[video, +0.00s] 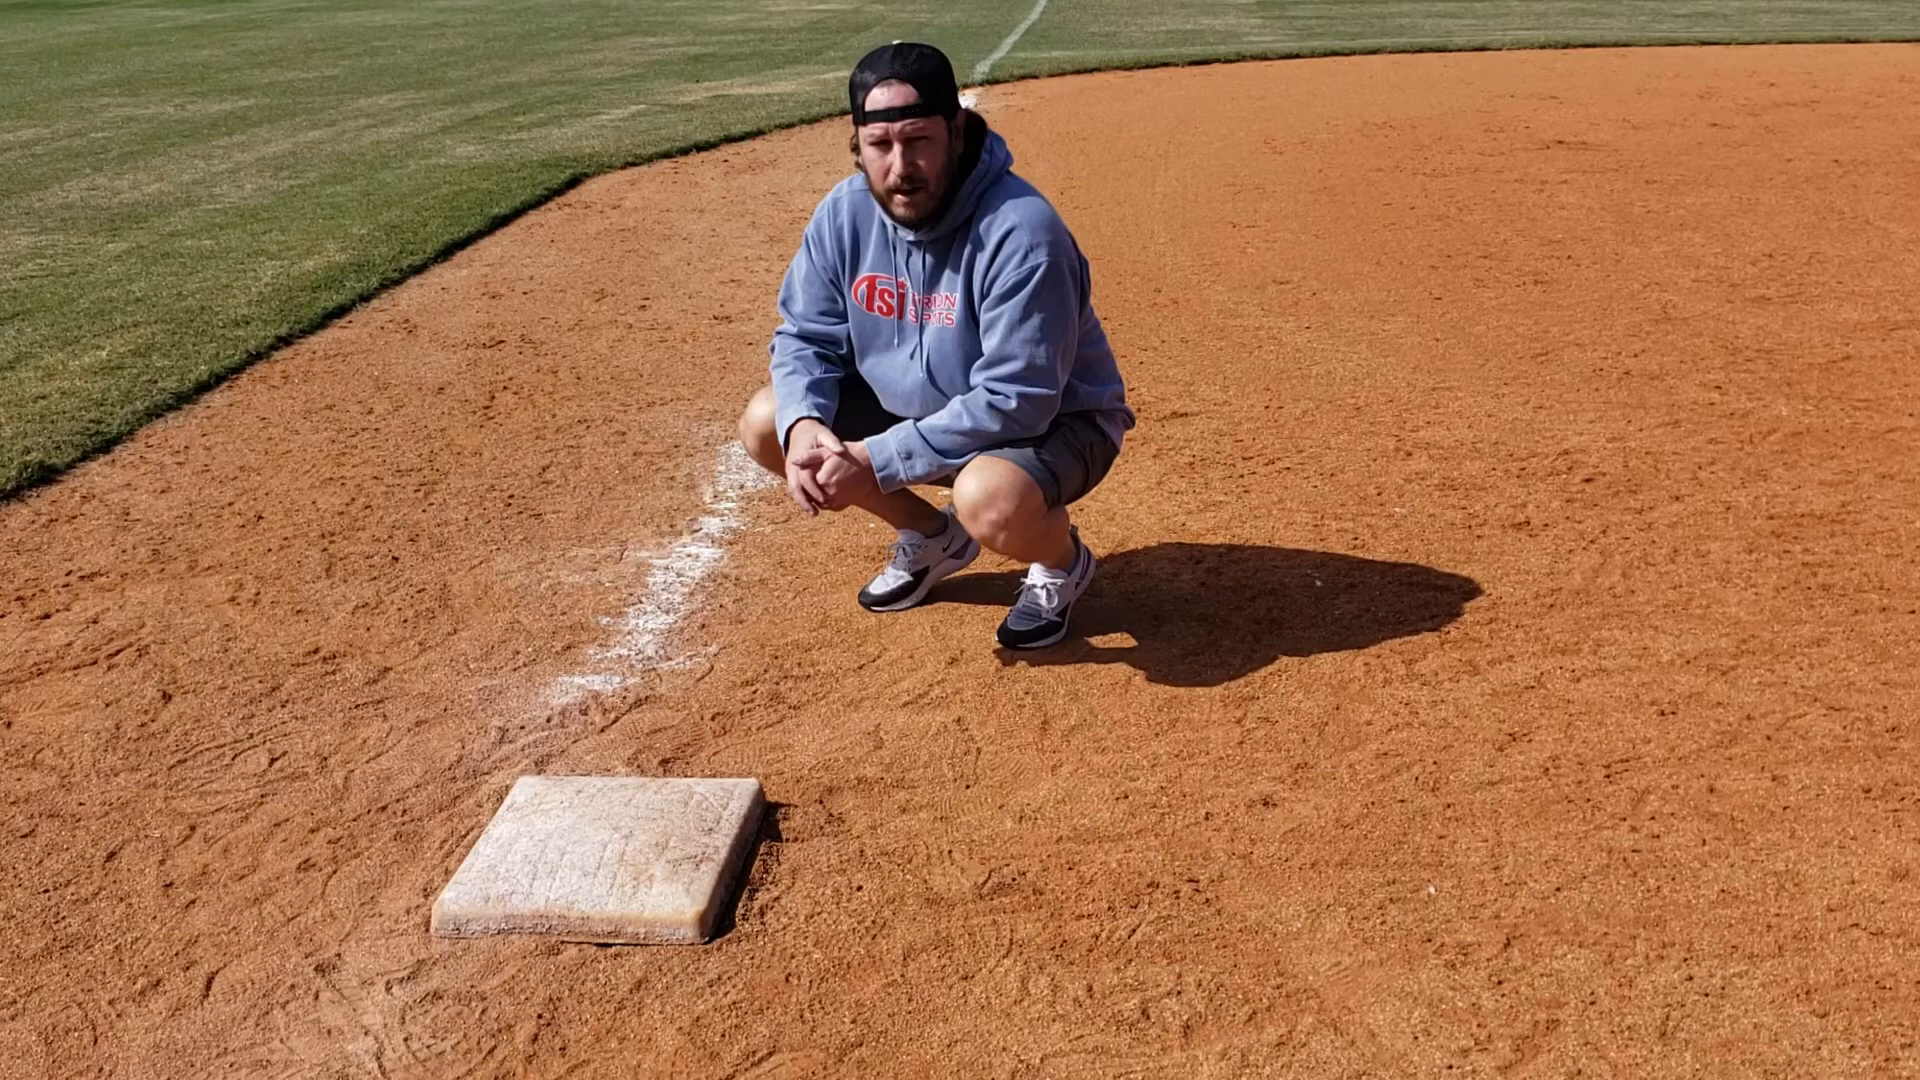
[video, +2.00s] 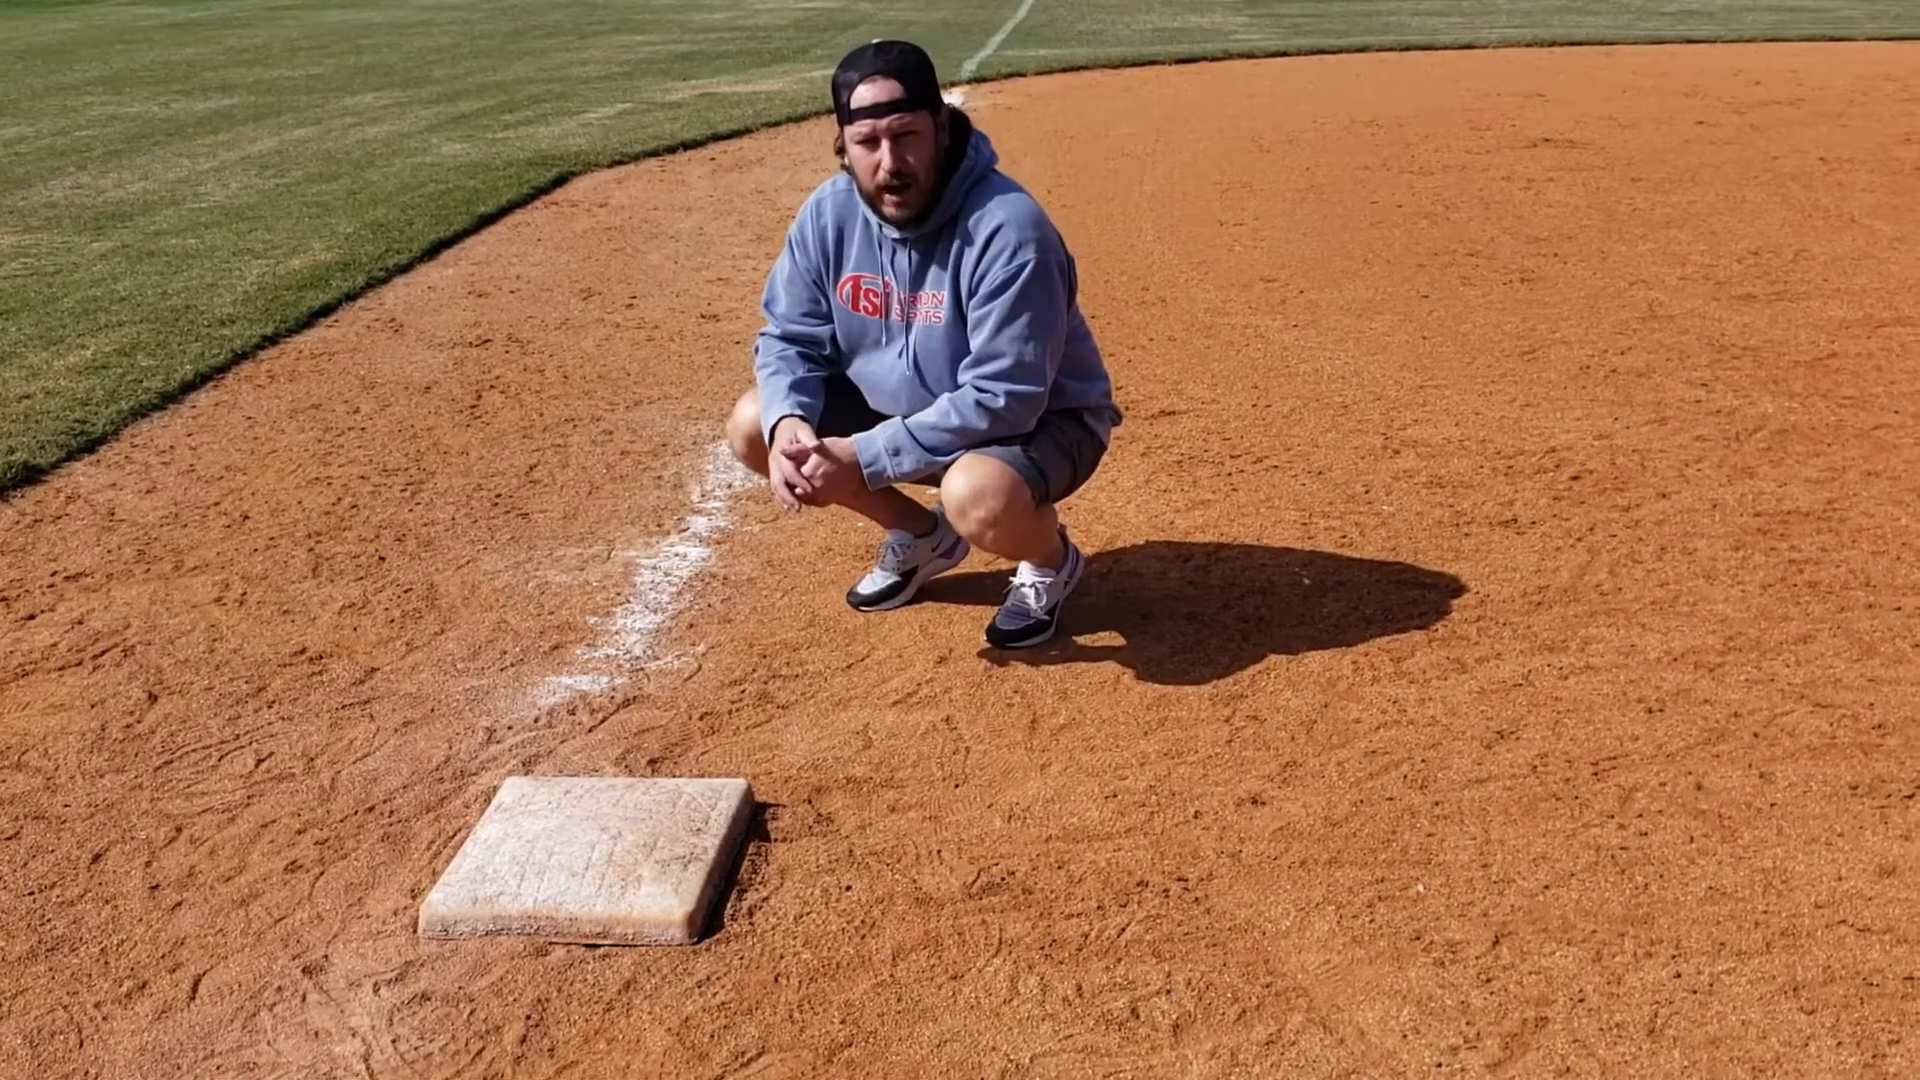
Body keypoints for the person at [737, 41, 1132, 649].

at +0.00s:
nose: (899, 169)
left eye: (918, 140)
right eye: (879, 144)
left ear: (958, 130)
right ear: (857, 146)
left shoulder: (1022, 236)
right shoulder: (844, 213)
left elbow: (1015, 403)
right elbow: (804, 335)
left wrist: (876, 461)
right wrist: (806, 424)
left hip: (1059, 419)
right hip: (923, 408)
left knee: (988, 499)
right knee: (769, 424)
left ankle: (1065, 564)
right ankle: (931, 535)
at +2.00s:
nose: (889, 164)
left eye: (906, 136)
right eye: (867, 142)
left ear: (943, 126)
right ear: (843, 147)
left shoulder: (1009, 234)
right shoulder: (829, 214)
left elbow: (1002, 402)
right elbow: (789, 335)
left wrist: (861, 457)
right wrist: (790, 422)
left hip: (1045, 419)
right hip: (909, 410)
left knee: (975, 496)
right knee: (755, 425)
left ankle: (1053, 561)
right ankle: (920, 534)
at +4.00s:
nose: (879, 164)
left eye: (895, 136)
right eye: (856, 142)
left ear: (930, 129)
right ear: (832, 149)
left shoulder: (996, 239)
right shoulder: (817, 222)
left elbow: (991, 406)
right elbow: (777, 342)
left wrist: (854, 464)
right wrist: (777, 425)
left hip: (1033, 424)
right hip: (897, 415)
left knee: (964, 502)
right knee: (743, 435)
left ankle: (1042, 568)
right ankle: (909, 541)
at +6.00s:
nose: (868, 187)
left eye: (885, 159)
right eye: (847, 164)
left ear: (922, 144)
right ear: (823, 164)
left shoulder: (988, 252)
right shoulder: (809, 235)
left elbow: (983, 417)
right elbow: (771, 353)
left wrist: (847, 473)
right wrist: (769, 431)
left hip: (1026, 437)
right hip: (889, 428)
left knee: (957, 512)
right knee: (737, 451)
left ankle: (1036, 579)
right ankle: (902, 551)